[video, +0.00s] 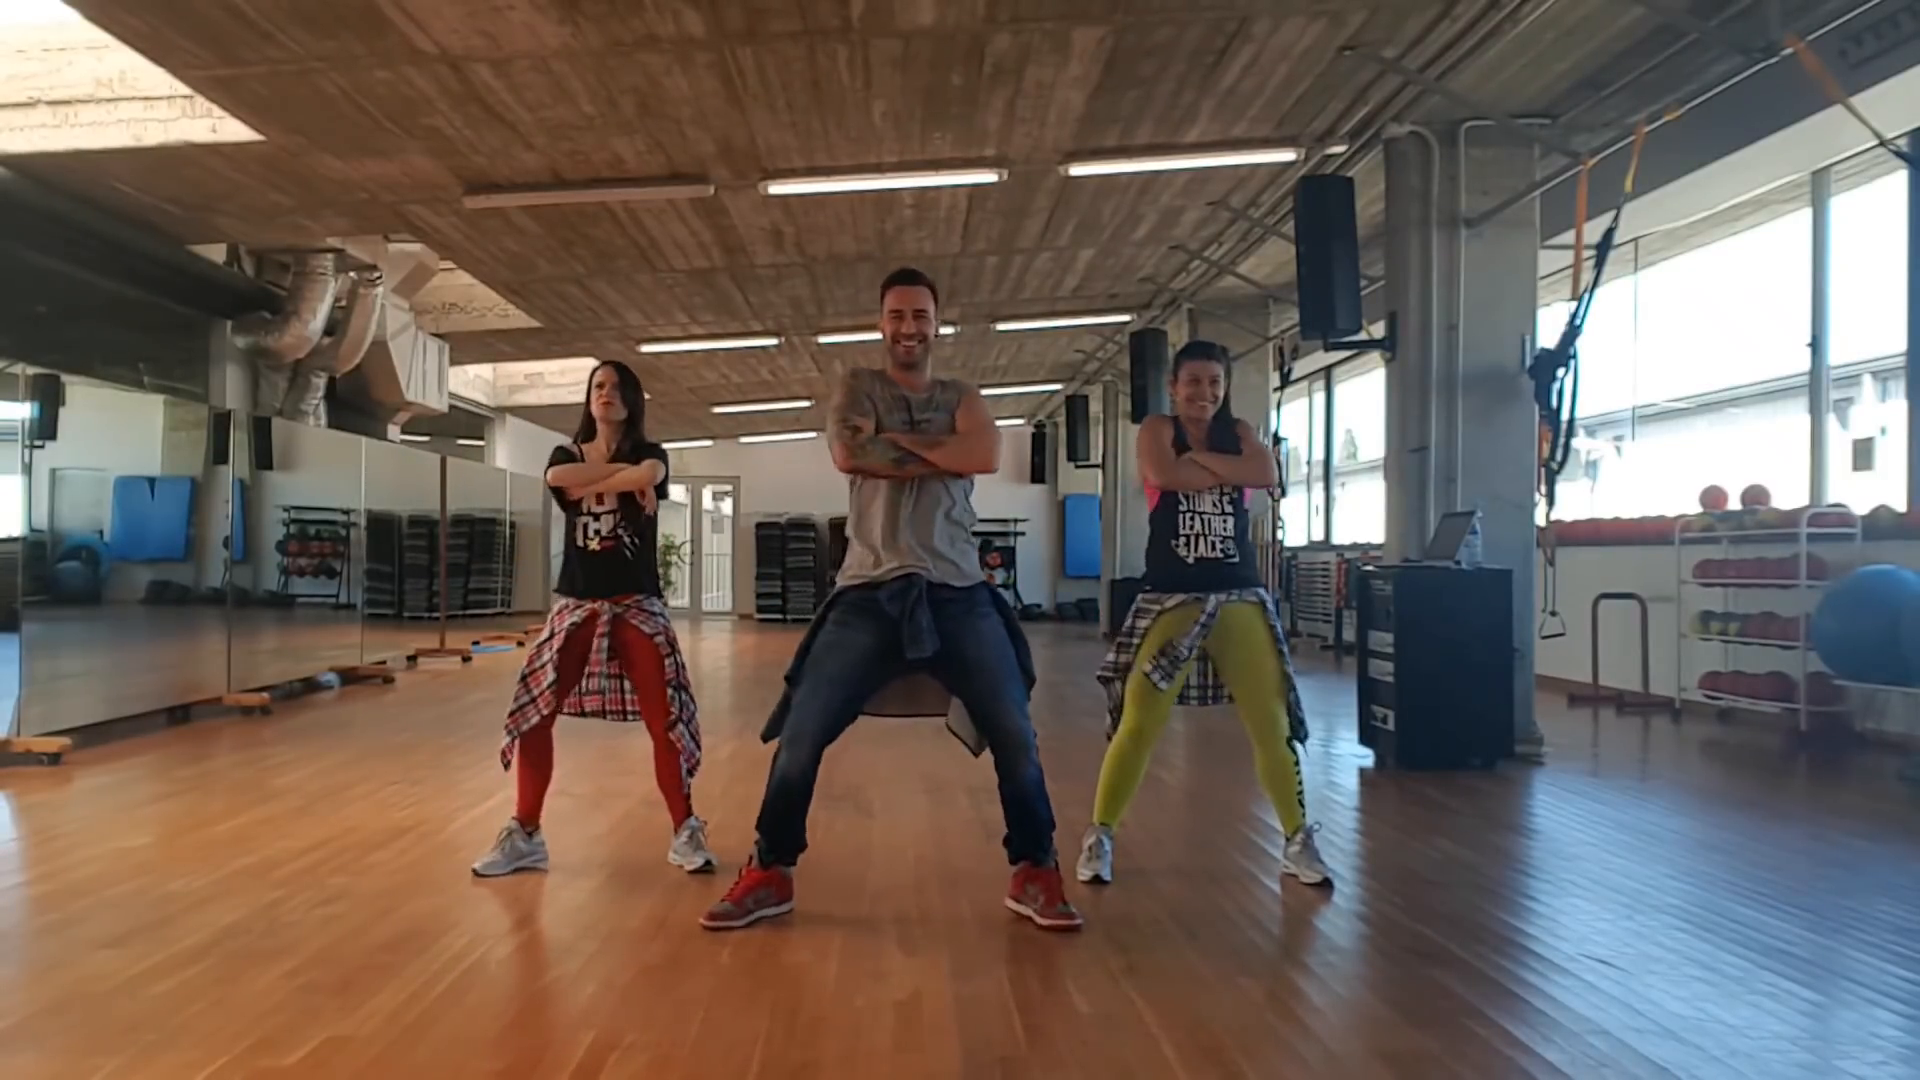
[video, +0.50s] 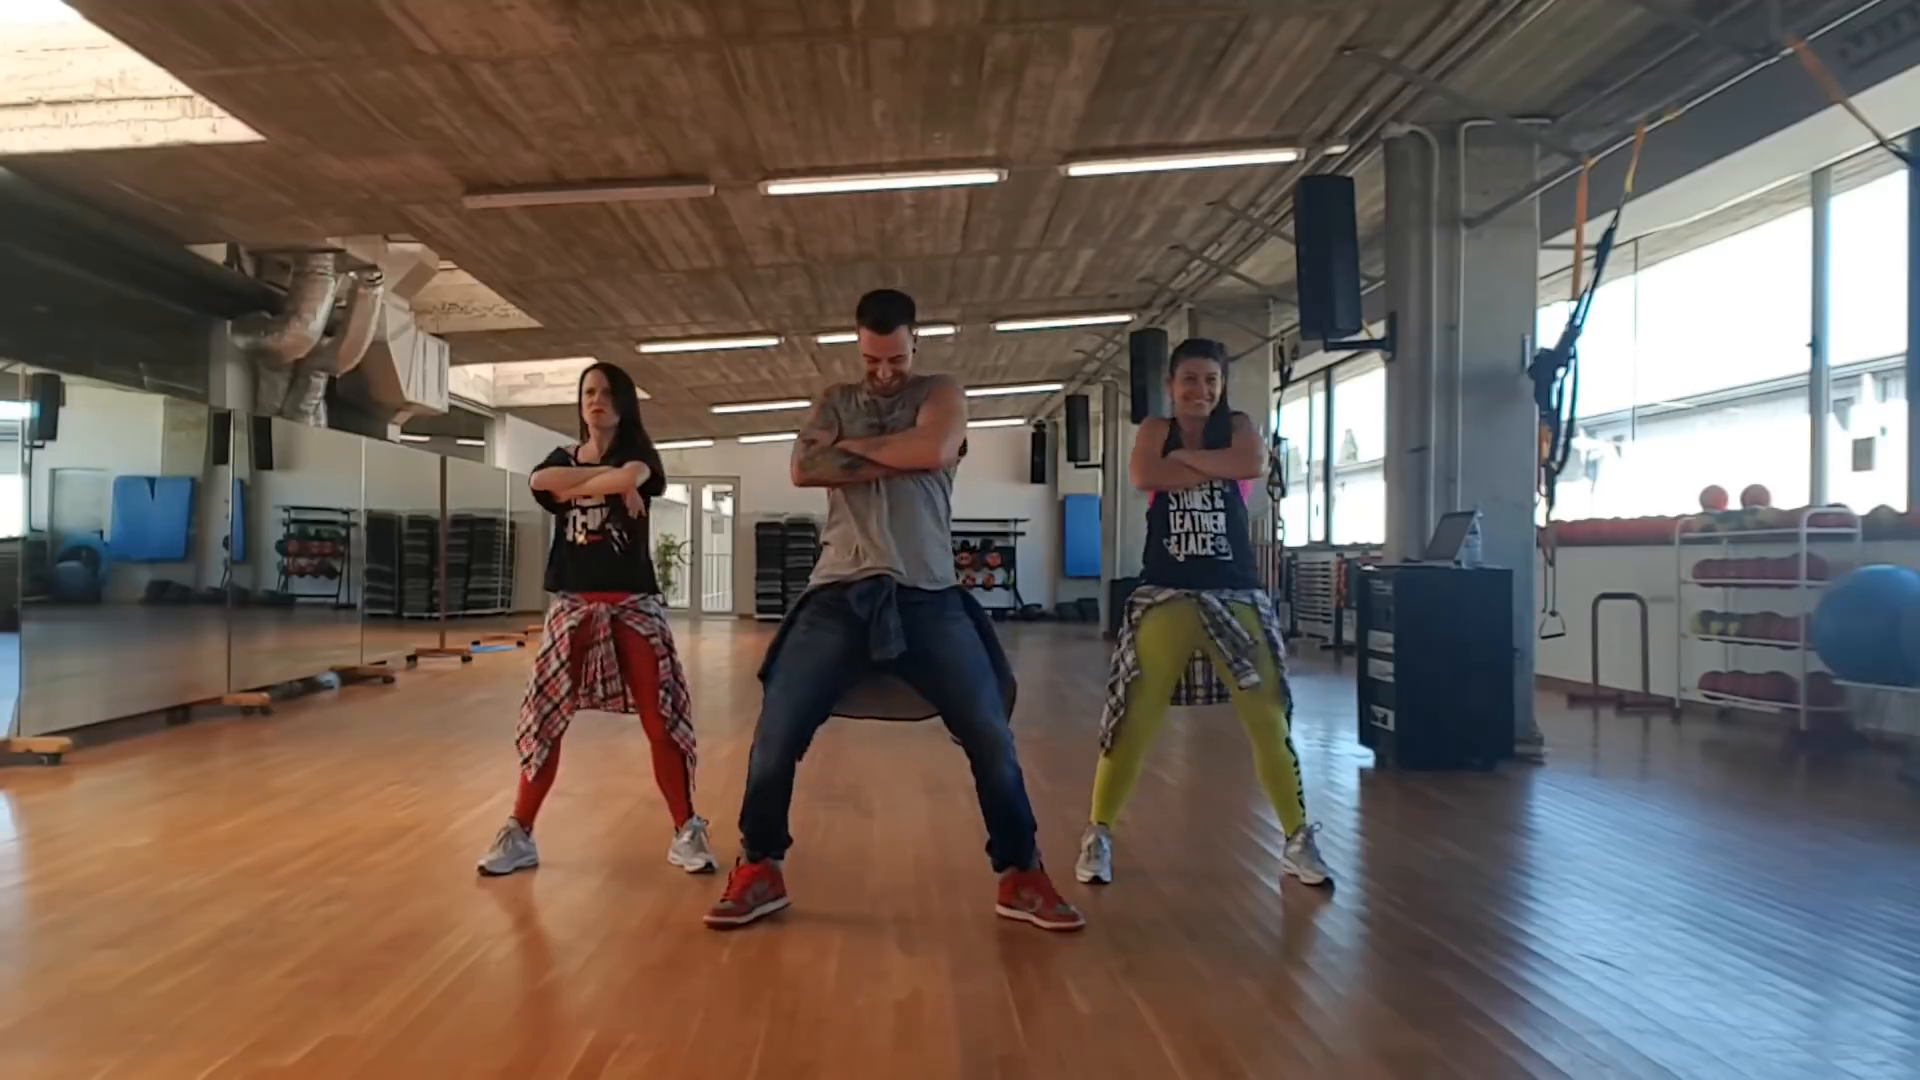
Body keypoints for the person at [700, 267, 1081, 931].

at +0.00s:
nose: (908, 326)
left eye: (919, 315)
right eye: (897, 316)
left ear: (937, 324)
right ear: (881, 326)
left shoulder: (961, 397)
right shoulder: (858, 390)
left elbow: (983, 456)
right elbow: (848, 458)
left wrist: (892, 443)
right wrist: (943, 459)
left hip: (958, 590)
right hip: (868, 589)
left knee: (1012, 729)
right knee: (802, 727)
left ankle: (1035, 873)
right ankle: (771, 873)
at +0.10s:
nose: (917, 331)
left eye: (929, 320)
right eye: (906, 320)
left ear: (947, 328)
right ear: (890, 328)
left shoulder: (971, 404)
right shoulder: (869, 387)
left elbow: (1000, 465)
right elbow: (868, 460)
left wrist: (905, 443)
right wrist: (960, 468)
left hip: (967, 593)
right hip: (878, 593)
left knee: (1019, 731)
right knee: (817, 732)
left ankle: (1033, 876)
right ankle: (778, 876)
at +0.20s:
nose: (919, 337)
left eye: (931, 325)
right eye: (908, 326)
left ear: (949, 333)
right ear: (891, 333)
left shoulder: (972, 411)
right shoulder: (870, 397)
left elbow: (1002, 471)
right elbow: (869, 466)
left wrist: (907, 448)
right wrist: (961, 472)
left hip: (966, 597)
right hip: (878, 596)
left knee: (1019, 731)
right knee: (816, 727)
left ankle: (1033, 876)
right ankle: (776, 875)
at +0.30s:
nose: (912, 350)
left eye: (923, 337)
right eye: (901, 338)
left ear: (942, 337)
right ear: (884, 338)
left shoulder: (965, 404)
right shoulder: (860, 395)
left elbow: (985, 457)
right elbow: (854, 462)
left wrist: (891, 445)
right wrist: (948, 456)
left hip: (957, 593)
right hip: (867, 592)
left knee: (1013, 732)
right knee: (803, 725)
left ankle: (1031, 875)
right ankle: (770, 871)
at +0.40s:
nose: (898, 367)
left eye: (908, 356)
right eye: (887, 356)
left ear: (927, 346)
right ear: (871, 347)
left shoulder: (950, 395)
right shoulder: (845, 399)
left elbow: (960, 447)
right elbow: (823, 462)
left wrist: (870, 444)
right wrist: (918, 455)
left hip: (941, 591)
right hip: (852, 588)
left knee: (1000, 731)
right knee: (786, 730)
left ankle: (1028, 873)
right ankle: (761, 868)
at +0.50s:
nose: (881, 370)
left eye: (893, 357)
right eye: (871, 358)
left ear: (913, 343)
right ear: (856, 346)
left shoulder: (941, 392)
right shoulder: (835, 401)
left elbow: (933, 448)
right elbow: (804, 470)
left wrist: (842, 444)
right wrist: (900, 458)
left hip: (927, 591)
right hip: (838, 590)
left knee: (987, 728)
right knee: (777, 728)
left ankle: (1020, 875)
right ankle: (759, 869)